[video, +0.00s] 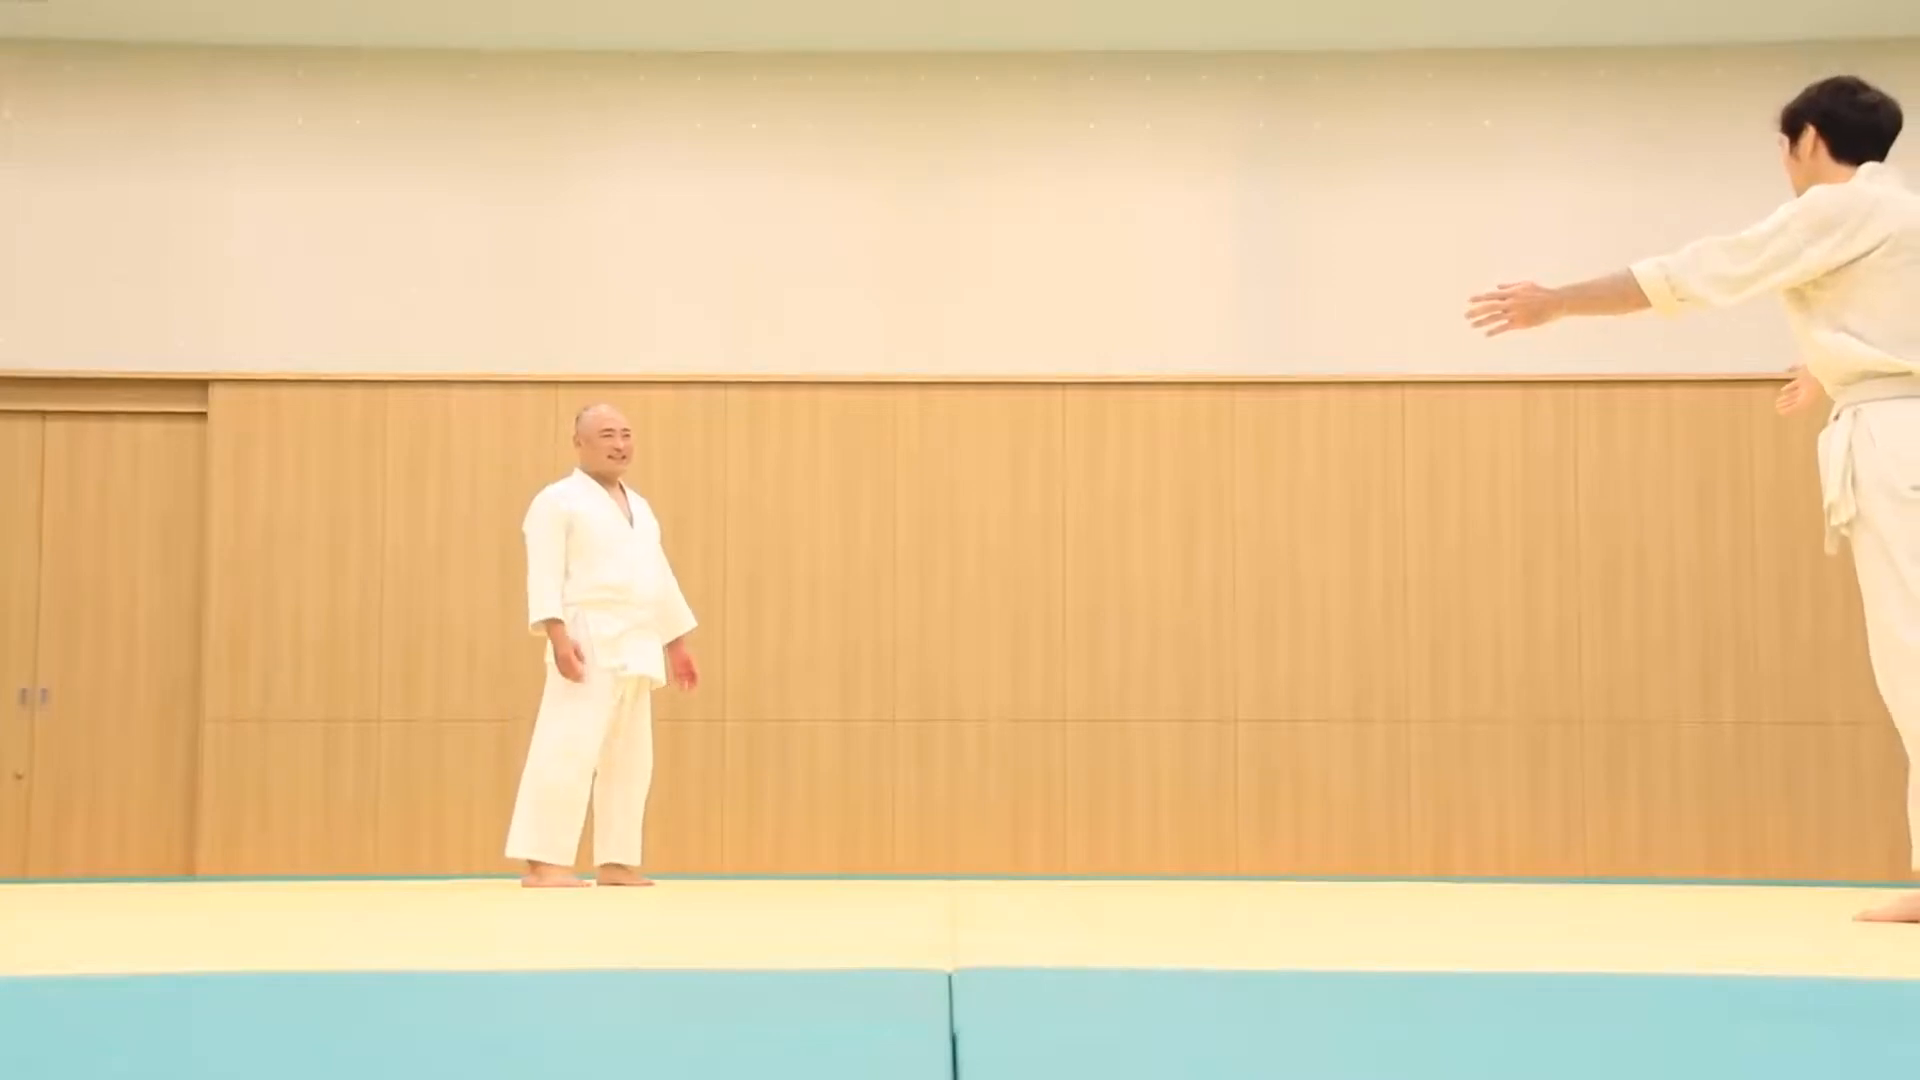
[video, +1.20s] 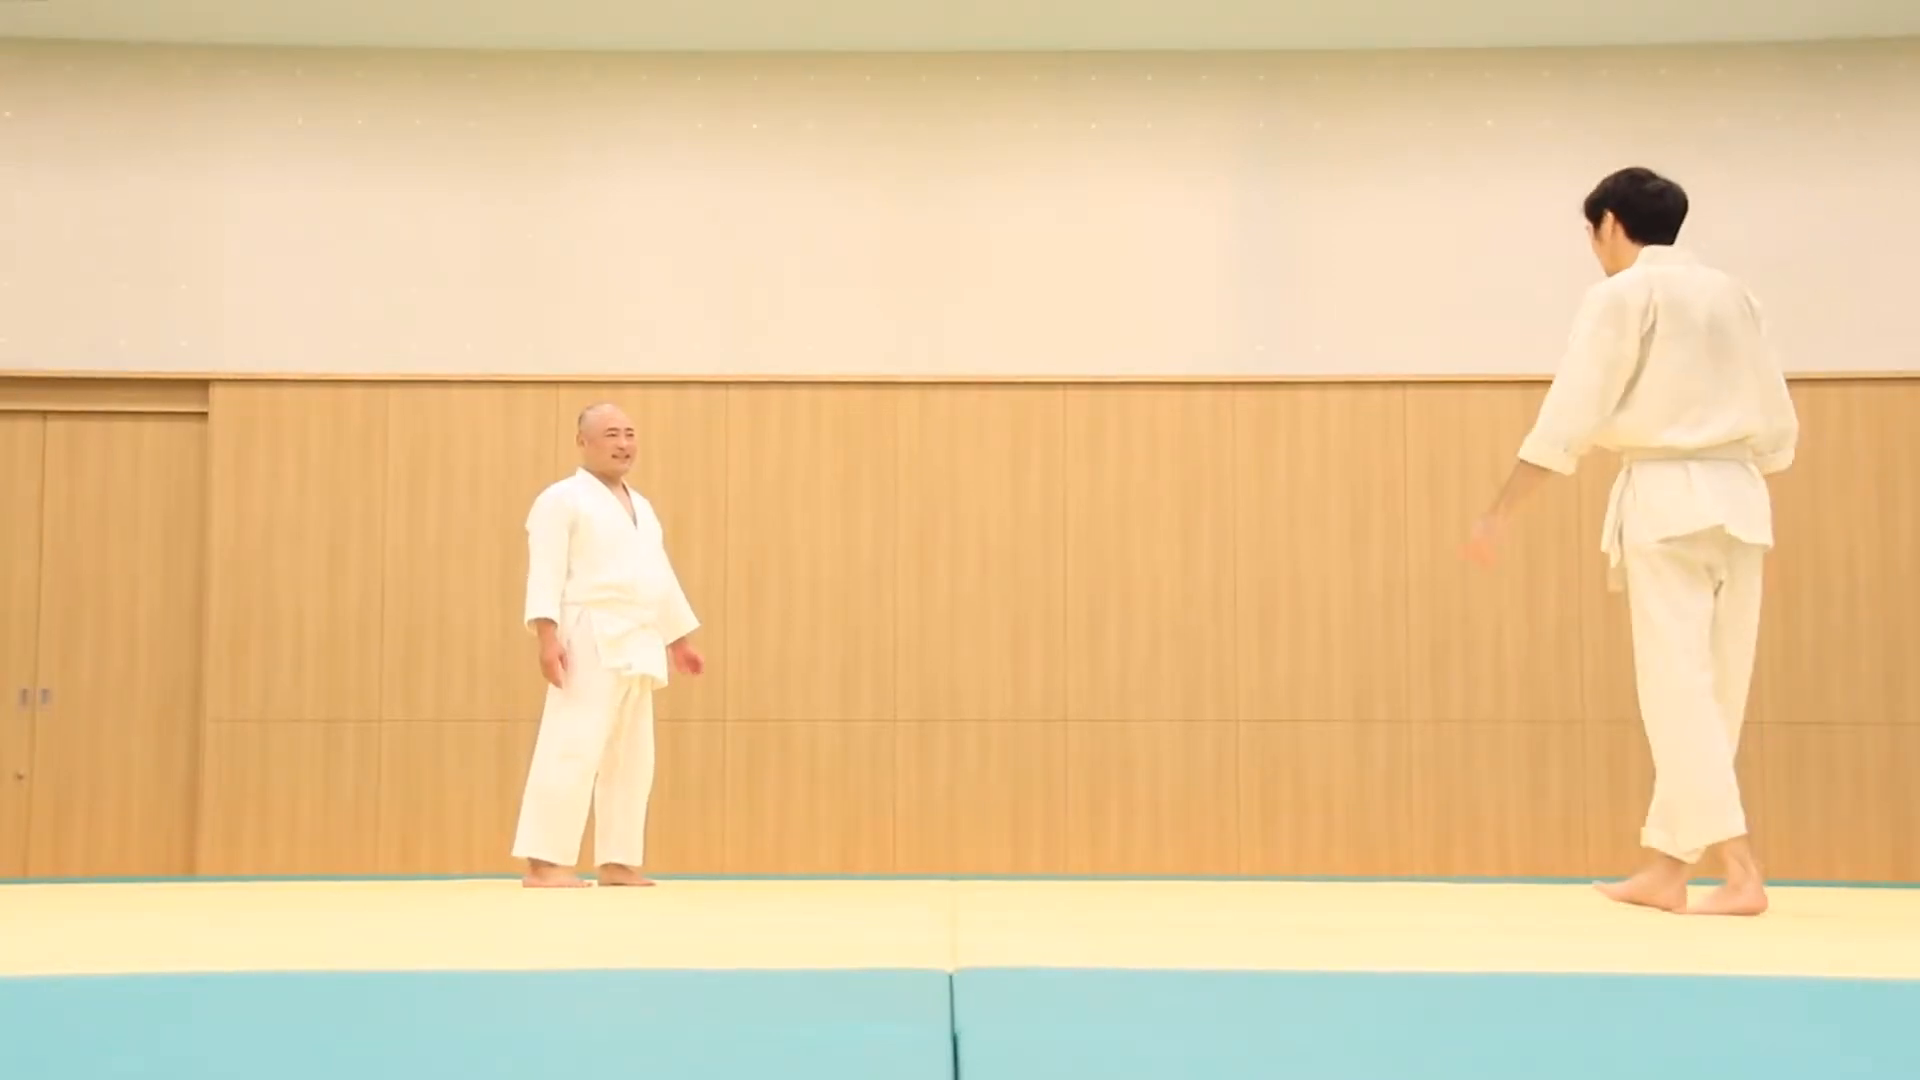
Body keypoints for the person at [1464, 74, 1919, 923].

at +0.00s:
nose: (1788, 169)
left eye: (1789, 150)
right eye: (1788, 152)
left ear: (1817, 141)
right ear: (1869, 144)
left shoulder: (1851, 205)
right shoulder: (1895, 206)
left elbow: (1712, 268)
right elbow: (1904, 334)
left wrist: (1556, 300)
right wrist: (1834, 379)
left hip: (1895, 446)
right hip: (1898, 440)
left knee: (1906, 664)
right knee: (1905, 665)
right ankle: (1918, 884)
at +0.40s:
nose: (1767, 186)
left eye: (1768, 168)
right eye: (1767, 170)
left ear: (1795, 159)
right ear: (1850, 166)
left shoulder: (1817, 228)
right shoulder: (1901, 236)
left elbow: (1726, 334)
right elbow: (1896, 360)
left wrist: (1603, 384)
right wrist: (1814, 413)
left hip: (1852, 468)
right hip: (1909, 464)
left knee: (1781, 674)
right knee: (1902, 673)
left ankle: (1887, 835)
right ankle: (1910, 870)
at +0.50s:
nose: (1749, 191)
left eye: (1750, 174)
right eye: (1749, 175)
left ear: (1776, 169)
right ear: (1833, 174)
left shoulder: (1793, 243)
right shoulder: (1892, 249)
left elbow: (1749, 381)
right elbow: (1899, 368)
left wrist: (1661, 458)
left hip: (1829, 477)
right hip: (1906, 475)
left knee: (1765, 677)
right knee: (1903, 686)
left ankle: (1823, 861)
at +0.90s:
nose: (1642, 223)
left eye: (1642, 206)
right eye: (1640, 207)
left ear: (1666, 200)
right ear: (1725, 201)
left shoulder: (1682, 274)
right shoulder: (1791, 272)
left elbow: (1693, 401)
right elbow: (1832, 408)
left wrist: (1685, 509)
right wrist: (1850, 515)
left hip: (1727, 493)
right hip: (1808, 493)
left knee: (1719, 682)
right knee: (1803, 684)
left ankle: (1742, 883)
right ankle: (1877, 822)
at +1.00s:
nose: (1626, 231)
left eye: (1626, 214)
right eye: (1625, 215)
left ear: (1648, 206)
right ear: (1701, 208)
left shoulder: (1657, 279)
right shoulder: (1774, 277)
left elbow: (1642, 412)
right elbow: (1816, 412)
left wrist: (1608, 523)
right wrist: (1829, 515)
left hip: (1703, 494)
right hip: (1786, 493)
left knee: (1701, 682)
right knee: (1768, 685)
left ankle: (1743, 880)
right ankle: (1810, 834)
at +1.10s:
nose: (1610, 239)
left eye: (1609, 222)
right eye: (1608, 224)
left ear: (1630, 211)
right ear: (1685, 214)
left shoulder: (1643, 282)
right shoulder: (1754, 284)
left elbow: (1601, 411)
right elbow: (1790, 419)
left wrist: (1538, 519)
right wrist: (1792, 523)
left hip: (1686, 489)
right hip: (1761, 491)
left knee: (1689, 674)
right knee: (1742, 676)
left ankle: (1731, 873)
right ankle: (1739, 869)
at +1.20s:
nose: (1595, 250)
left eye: (1595, 234)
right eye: (1594, 235)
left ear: (1616, 226)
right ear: (1667, 226)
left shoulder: (1621, 295)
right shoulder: (1732, 293)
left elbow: (1568, 417)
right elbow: (1778, 423)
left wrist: (1499, 513)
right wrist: (1730, 472)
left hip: (1661, 493)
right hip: (1739, 493)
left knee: (1674, 682)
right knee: (1721, 683)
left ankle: (1739, 876)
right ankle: (1664, 867)